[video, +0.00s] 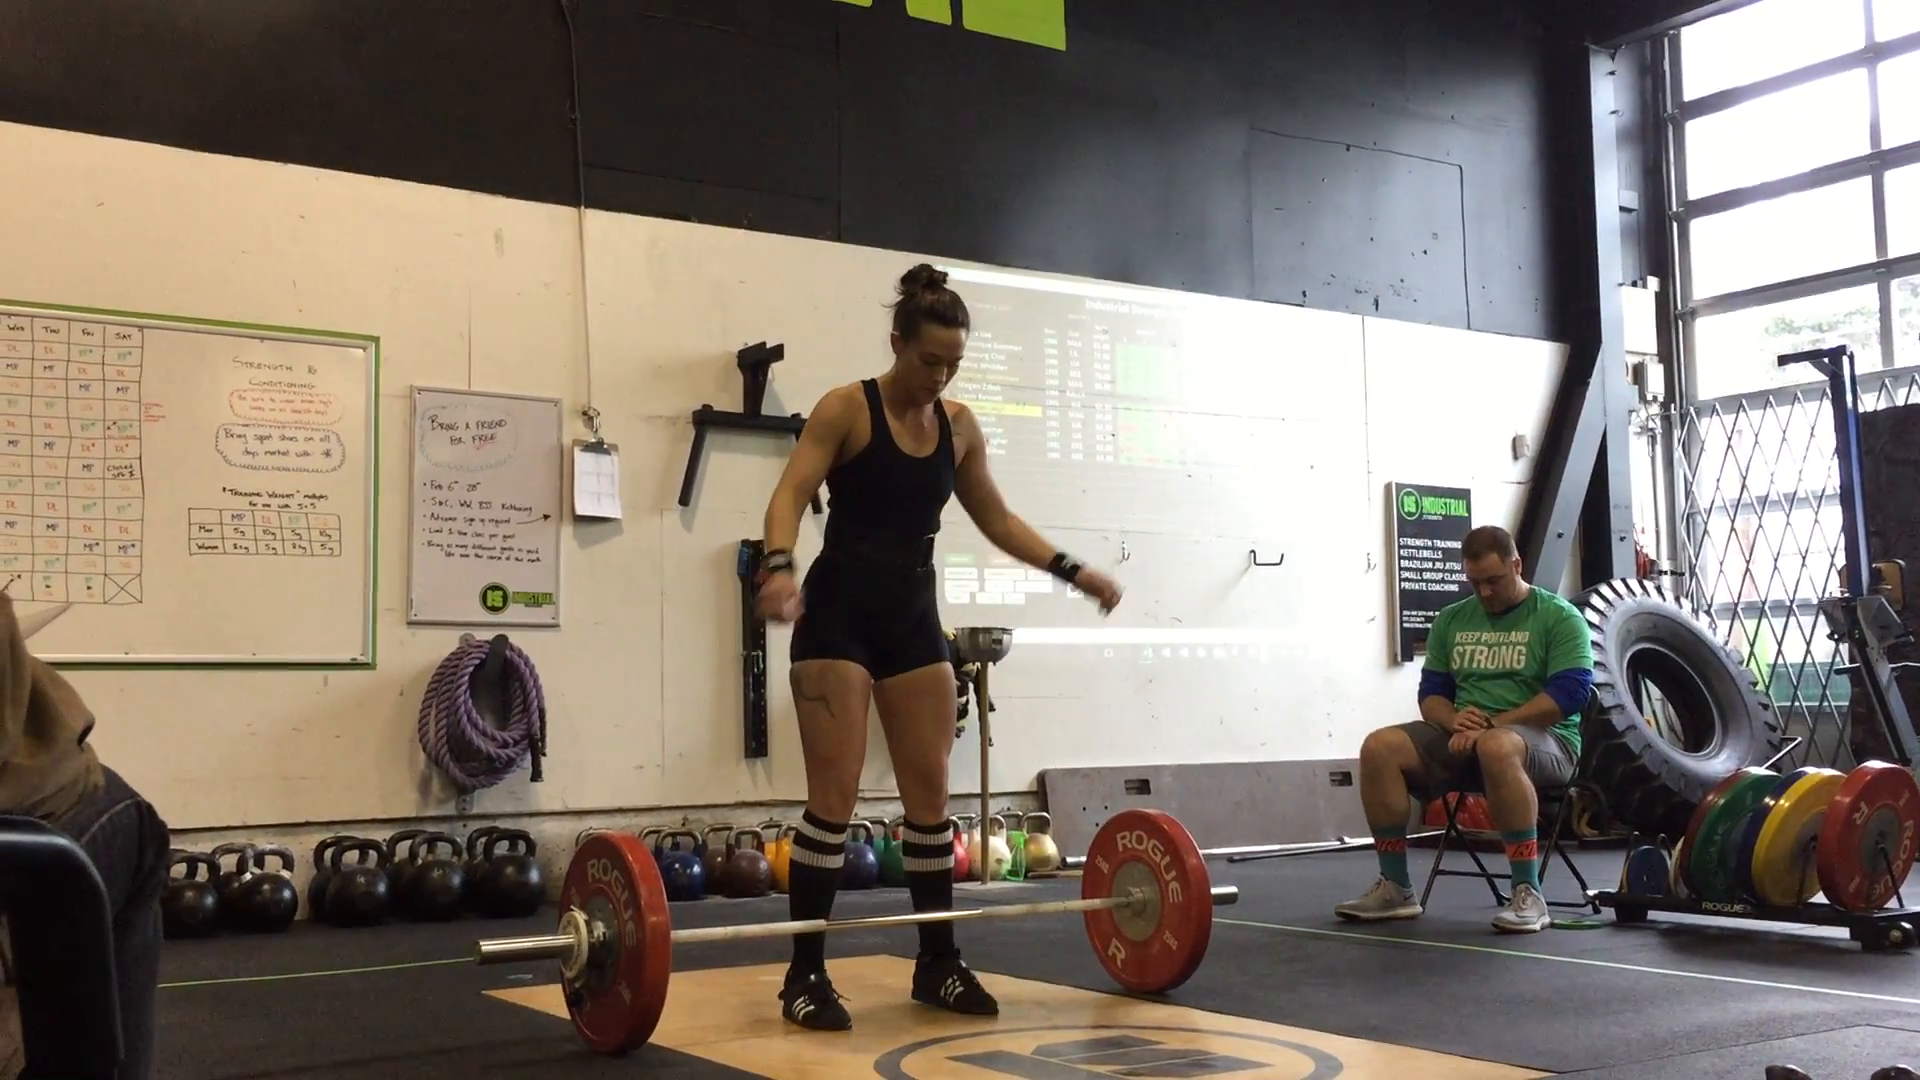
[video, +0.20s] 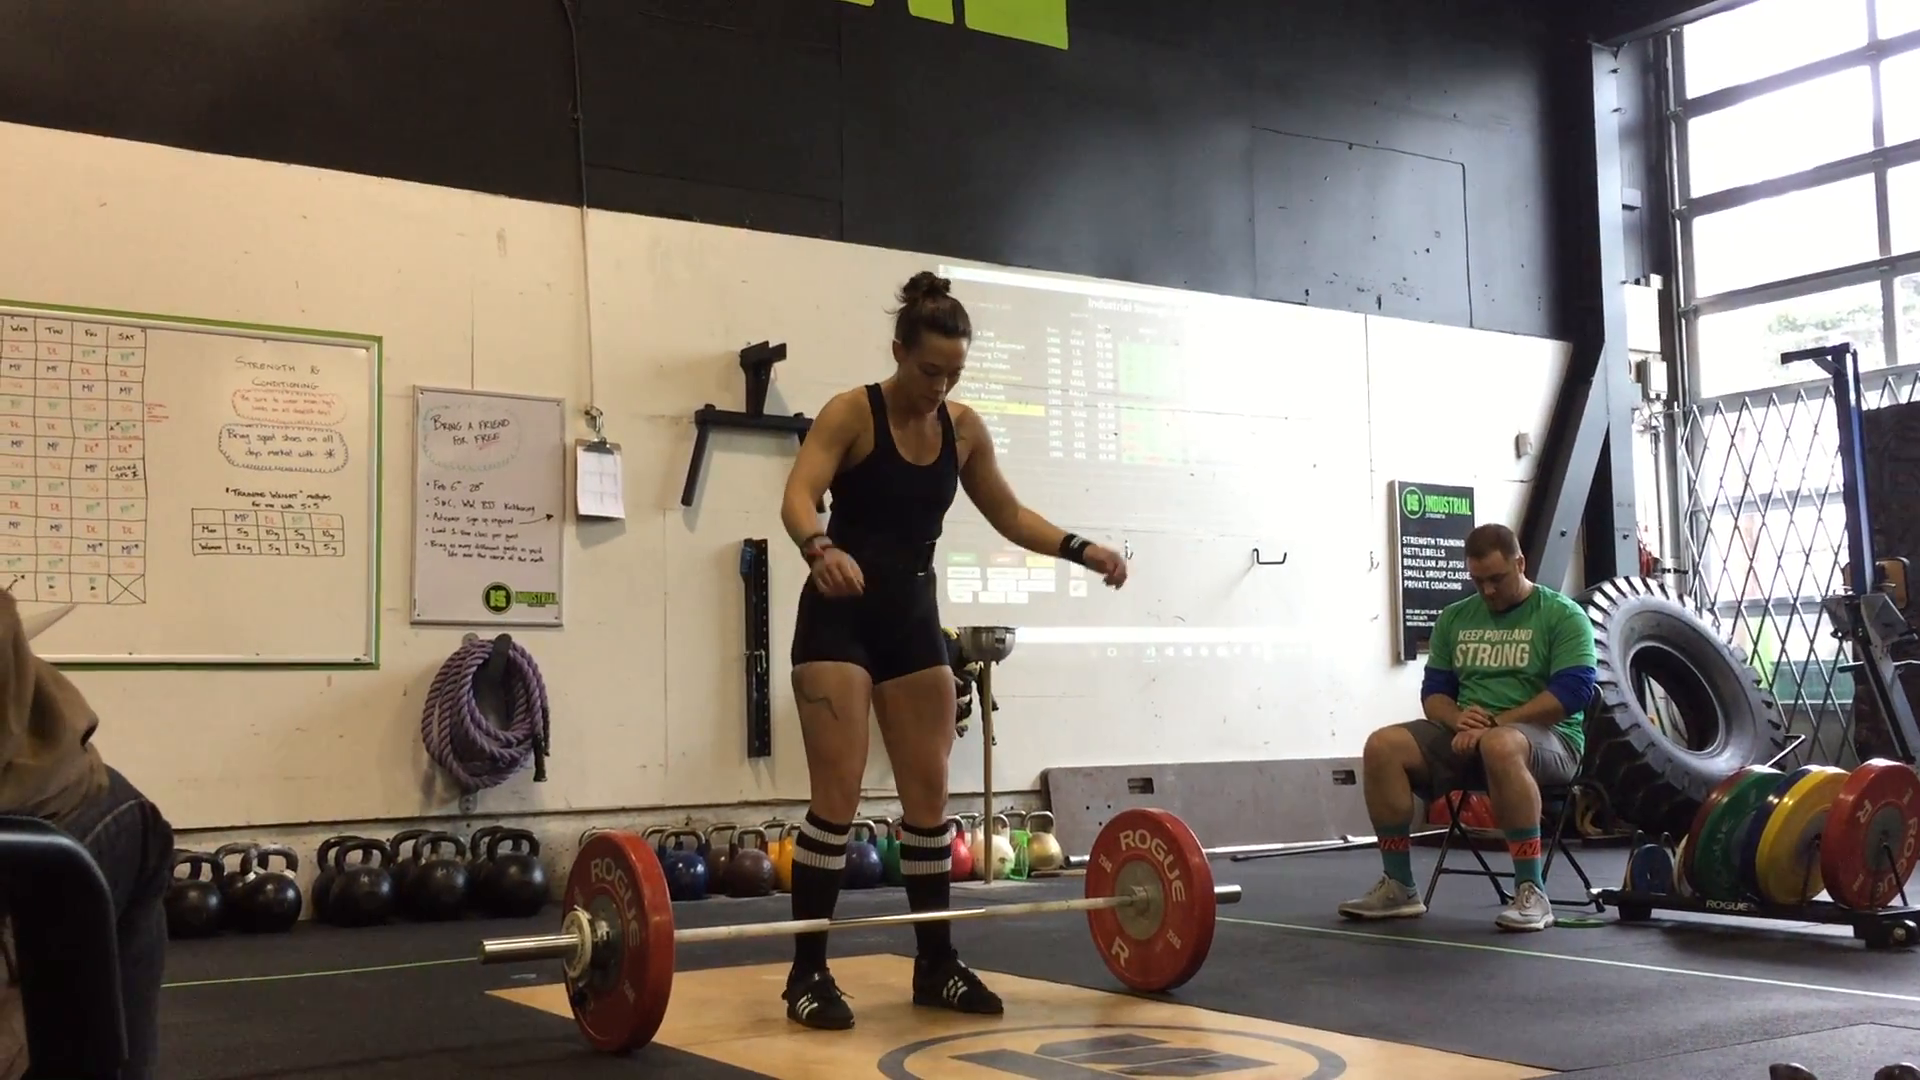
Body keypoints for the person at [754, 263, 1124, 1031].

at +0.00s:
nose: (941, 375)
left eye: (952, 362)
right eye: (930, 359)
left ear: (963, 352)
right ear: (895, 342)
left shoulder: (956, 423)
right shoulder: (844, 410)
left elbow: (995, 518)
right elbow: (790, 494)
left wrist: (1071, 570)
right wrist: (778, 565)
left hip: (912, 618)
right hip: (837, 614)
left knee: (928, 795)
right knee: (834, 799)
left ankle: (938, 965)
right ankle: (805, 975)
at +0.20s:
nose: (941, 386)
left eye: (952, 373)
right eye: (930, 370)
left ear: (962, 361)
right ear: (897, 350)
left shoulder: (960, 427)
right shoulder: (849, 413)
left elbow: (1008, 515)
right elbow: (797, 497)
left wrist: (1081, 548)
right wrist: (820, 547)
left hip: (911, 617)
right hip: (839, 613)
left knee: (927, 792)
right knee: (837, 792)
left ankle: (936, 966)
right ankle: (809, 972)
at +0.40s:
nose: (957, 455)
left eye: (967, 442)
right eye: (946, 442)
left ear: (980, 423)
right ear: (917, 417)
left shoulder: (974, 467)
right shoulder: (864, 471)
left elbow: (988, 533)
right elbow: (814, 577)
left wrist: (1041, 603)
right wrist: (814, 662)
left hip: (902, 625)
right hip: (831, 625)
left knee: (926, 784)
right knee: (835, 788)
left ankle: (939, 966)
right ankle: (810, 974)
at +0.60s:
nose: (963, 580)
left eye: (972, 571)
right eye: (952, 570)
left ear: (985, 549)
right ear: (923, 544)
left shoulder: (965, 550)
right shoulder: (867, 586)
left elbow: (972, 589)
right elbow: (824, 724)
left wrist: (990, 645)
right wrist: (792, 844)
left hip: (891, 641)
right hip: (812, 643)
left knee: (936, 778)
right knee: (836, 783)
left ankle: (939, 963)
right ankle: (813, 973)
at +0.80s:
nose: (945, 664)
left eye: (960, 652)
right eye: (938, 651)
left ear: (982, 627)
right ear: (913, 618)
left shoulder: (975, 614)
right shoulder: (850, 646)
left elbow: (984, 643)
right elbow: (806, 777)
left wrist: (1001, 709)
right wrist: (782, 890)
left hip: (887, 656)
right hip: (802, 654)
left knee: (936, 779)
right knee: (830, 786)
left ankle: (940, 962)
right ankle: (812, 974)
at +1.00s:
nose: (968, 688)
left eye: (976, 676)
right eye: (958, 678)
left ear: (987, 656)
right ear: (927, 646)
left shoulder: (983, 662)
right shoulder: (853, 646)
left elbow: (995, 758)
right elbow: (806, 771)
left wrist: (1006, 854)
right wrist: (780, 887)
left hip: (885, 667)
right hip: (792, 655)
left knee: (933, 785)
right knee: (829, 786)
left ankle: (937, 963)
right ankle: (809, 972)